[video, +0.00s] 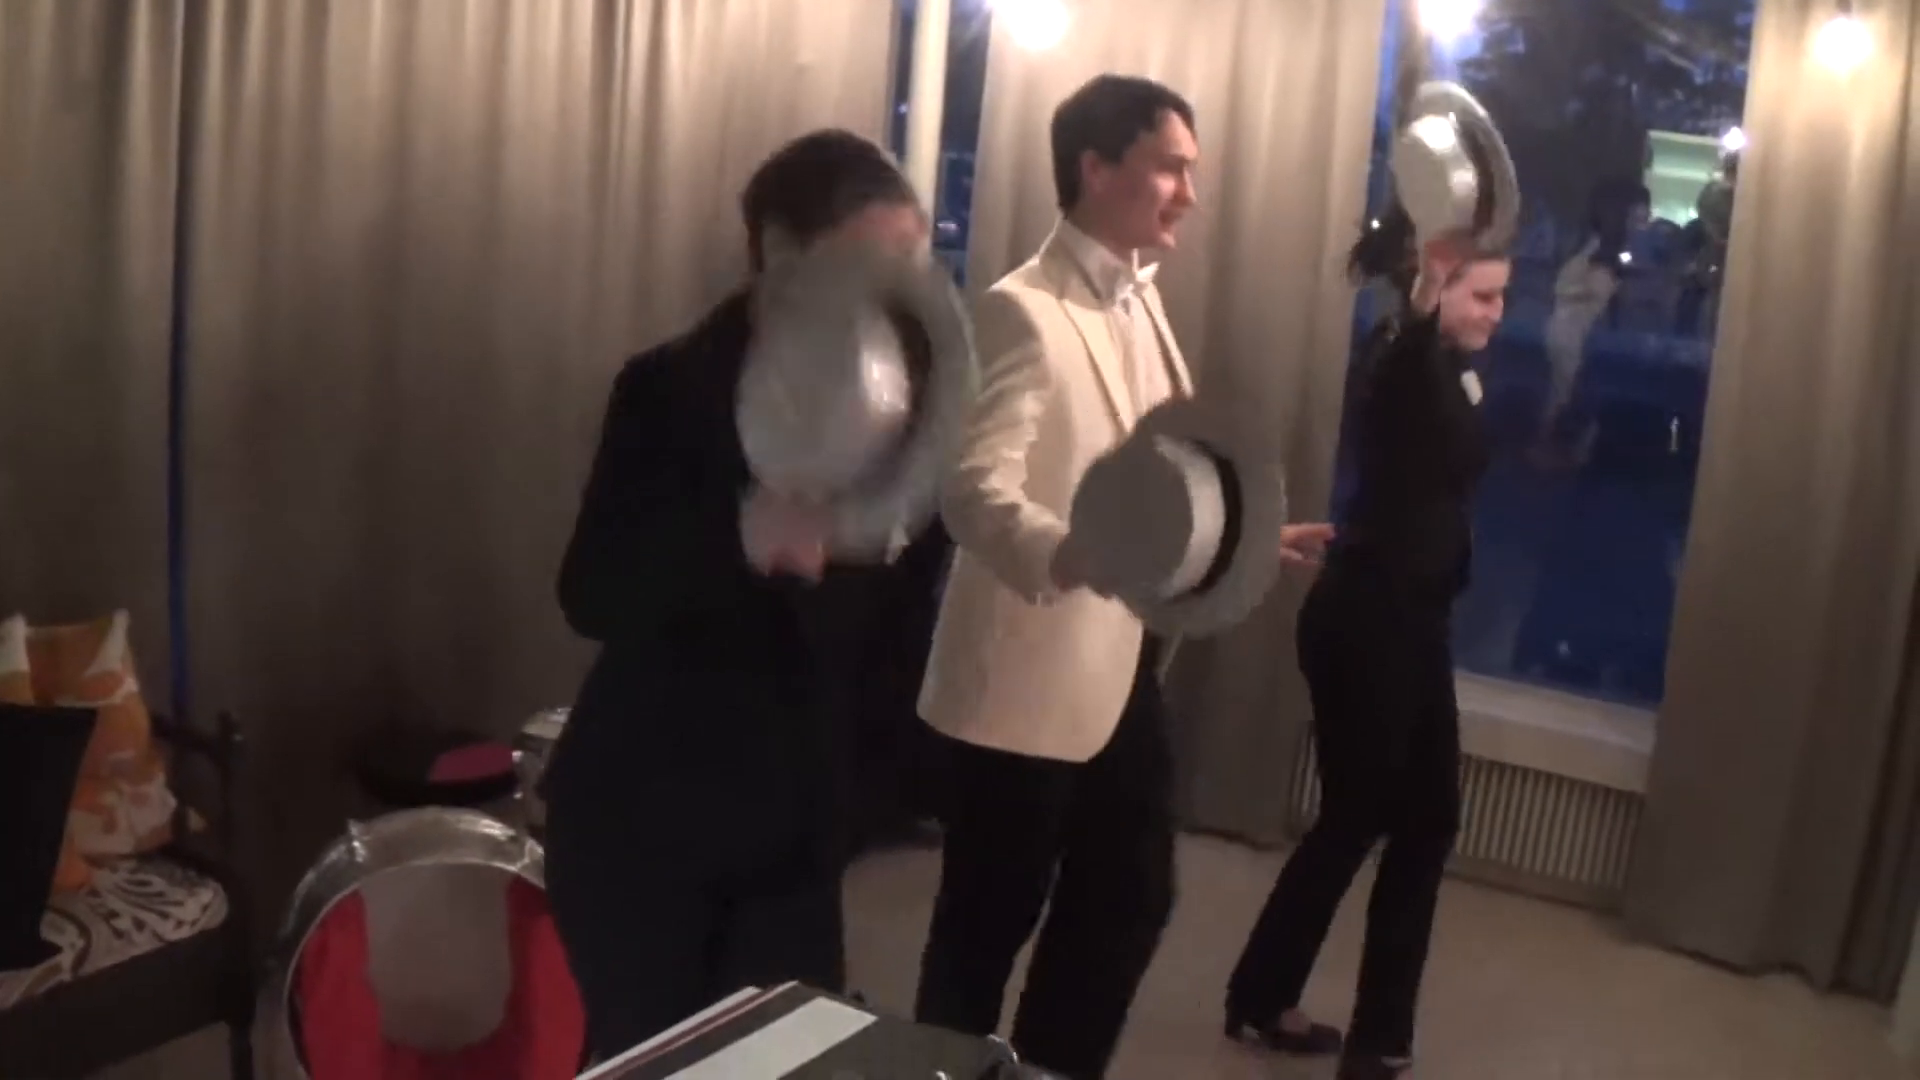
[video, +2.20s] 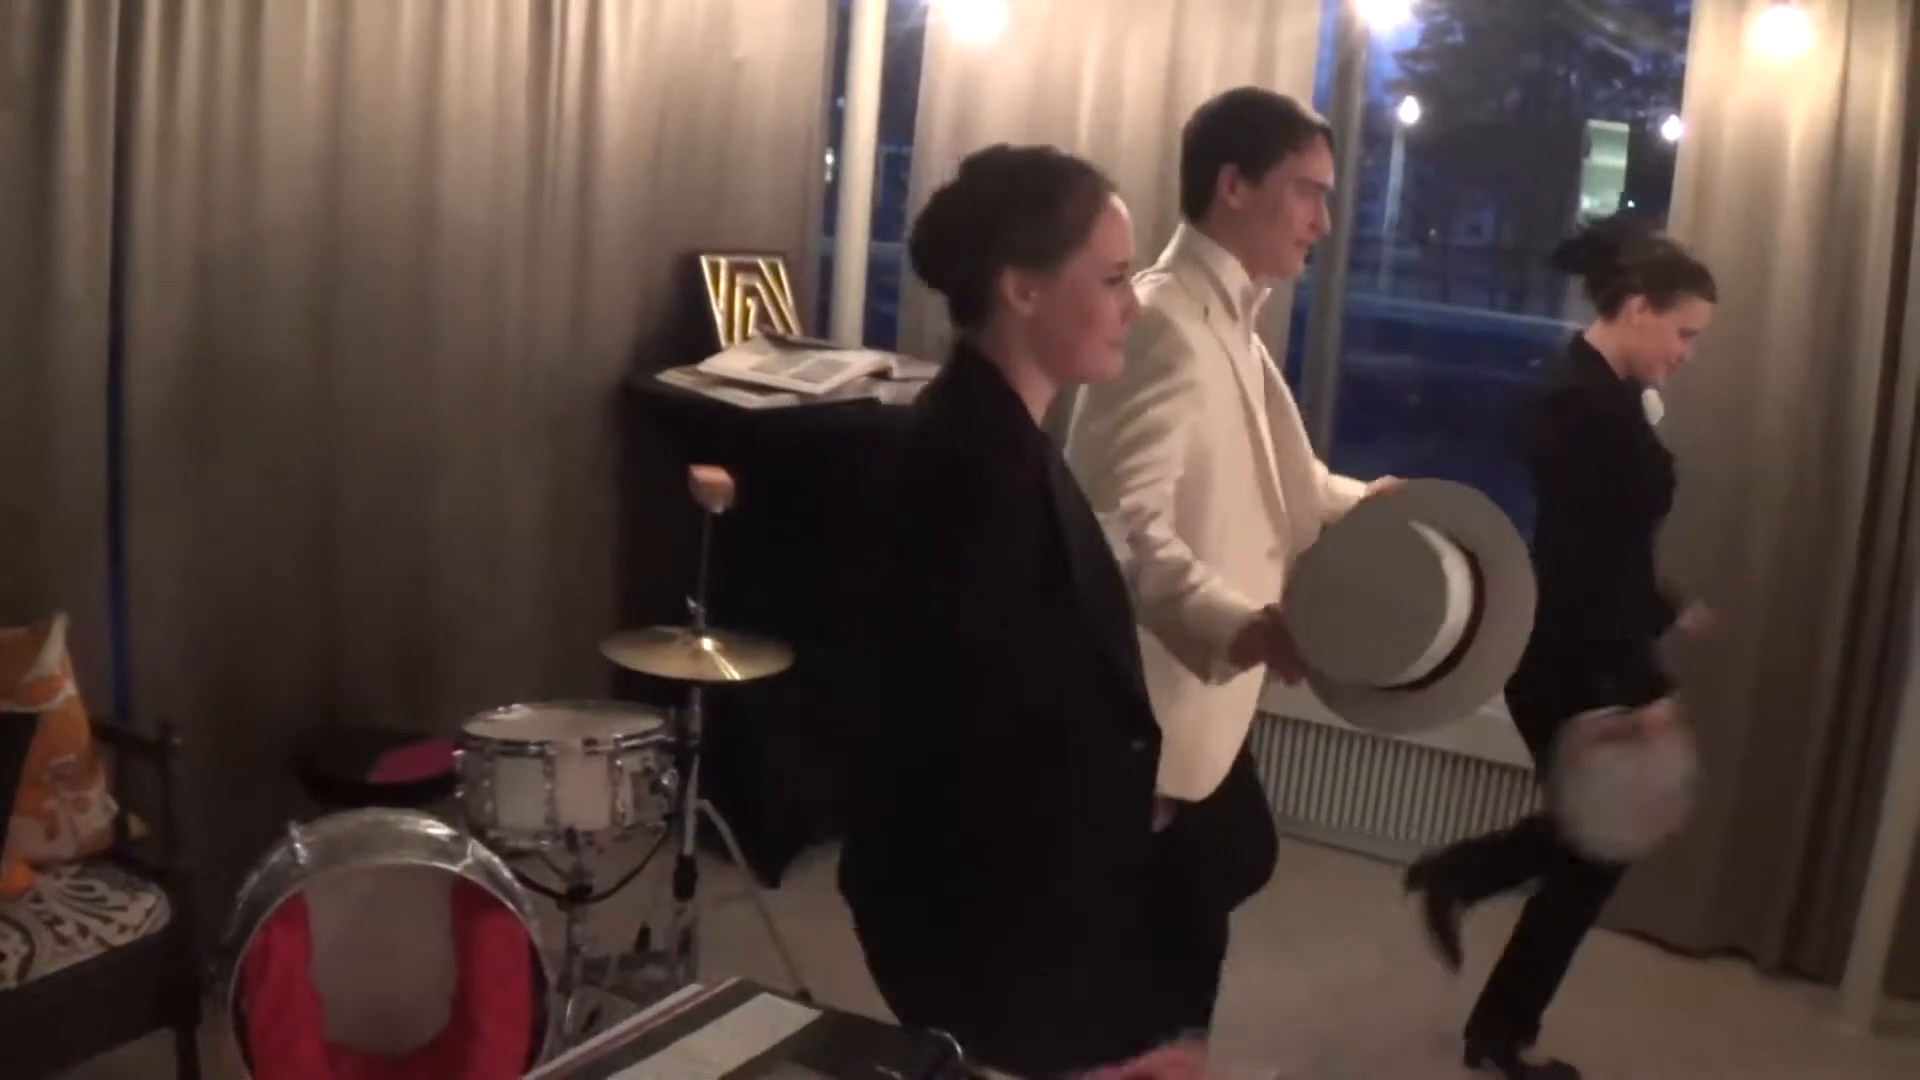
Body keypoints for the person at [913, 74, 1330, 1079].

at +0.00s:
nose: (1188, 194)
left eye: (1191, 173)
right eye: (1168, 170)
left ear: (1124, 177)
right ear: (1093, 171)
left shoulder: (1139, 304)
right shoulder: (1016, 311)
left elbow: (1151, 479)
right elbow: (977, 485)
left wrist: (1254, 538)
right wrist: (1066, 555)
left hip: (1115, 669)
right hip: (1021, 678)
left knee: (1125, 900)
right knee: (992, 903)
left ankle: (1054, 1071)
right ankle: (948, 1072)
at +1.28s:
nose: (1240, 202)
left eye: (1243, 181)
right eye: (1221, 178)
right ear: (1144, 180)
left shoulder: (1139, 308)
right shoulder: (1075, 303)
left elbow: (1116, 496)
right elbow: (1053, 502)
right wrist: (1195, 587)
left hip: (1096, 658)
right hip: (1011, 660)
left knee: (1212, 840)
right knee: (963, 909)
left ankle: (1047, 1053)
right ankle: (909, 1063)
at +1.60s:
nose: (1264, 202)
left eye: (1267, 178)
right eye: (1244, 174)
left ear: (1188, 185)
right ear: (1165, 175)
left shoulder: (1156, 305)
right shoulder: (1119, 311)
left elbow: (1156, 509)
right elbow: (1118, 517)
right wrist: (1309, 559)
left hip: (1120, 689)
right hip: (1079, 698)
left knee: (1107, 938)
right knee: (1107, 945)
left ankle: (1037, 1061)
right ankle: (1040, 1064)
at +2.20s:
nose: (1321, 221)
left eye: (1325, 198)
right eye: (1308, 193)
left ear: (1243, 192)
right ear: (1233, 187)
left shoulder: (1220, 315)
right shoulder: (1168, 331)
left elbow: (1277, 478)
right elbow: (1123, 529)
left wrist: (1376, 506)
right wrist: (1240, 631)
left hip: (1196, 703)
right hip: (1150, 719)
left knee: (1243, 856)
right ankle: (1152, 1056)